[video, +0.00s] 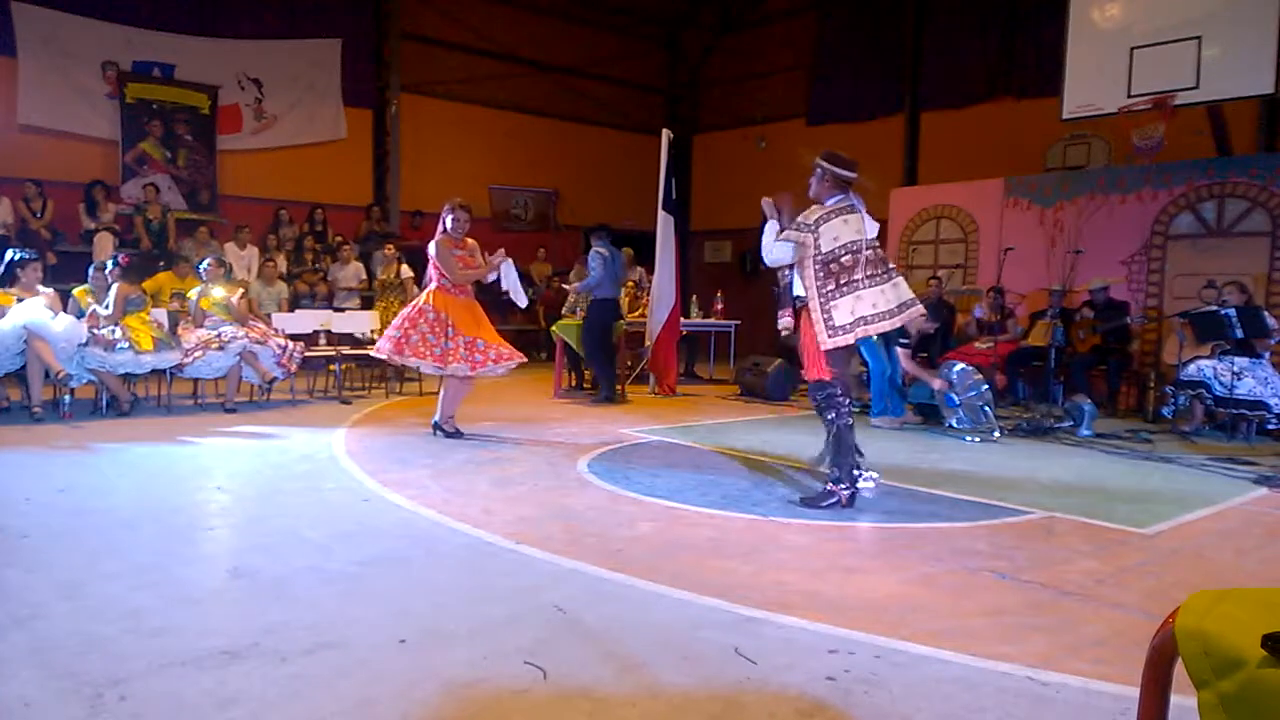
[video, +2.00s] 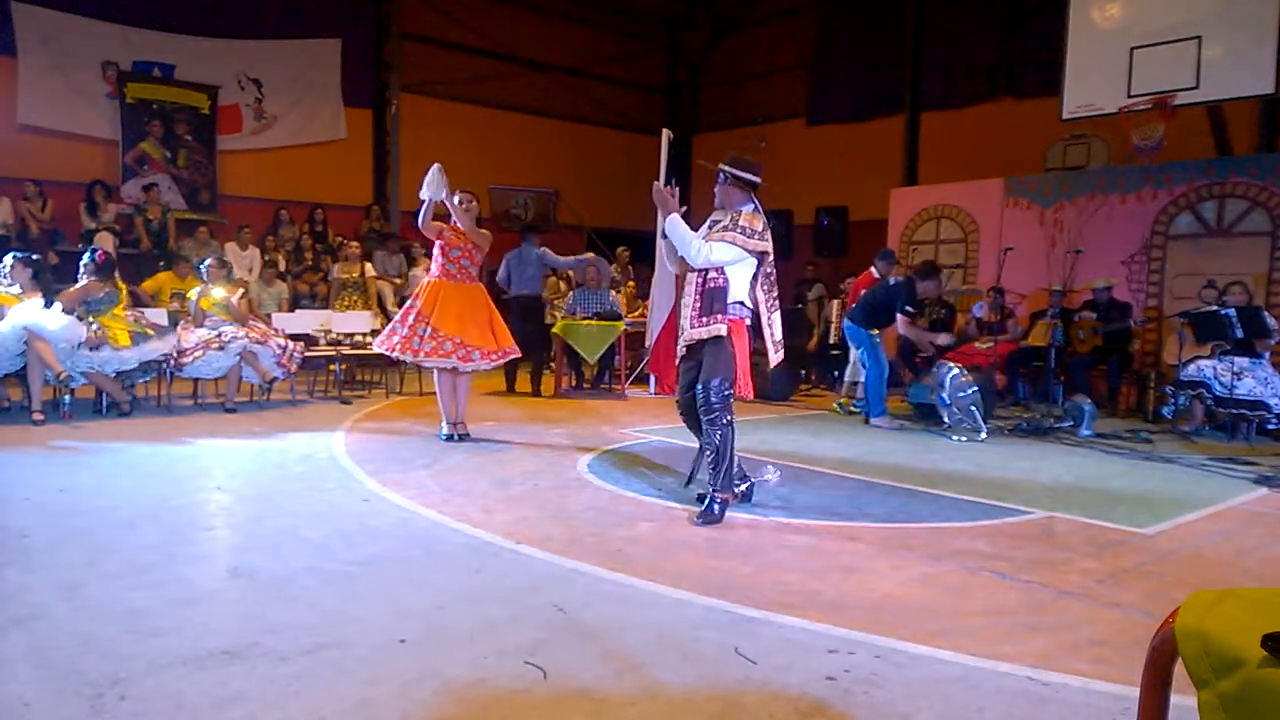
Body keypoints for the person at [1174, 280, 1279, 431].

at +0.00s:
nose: (1224, 298)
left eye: (1230, 293)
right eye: (1222, 294)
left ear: (1244, 297)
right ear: (1218, 297)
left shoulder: (1257, 315)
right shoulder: (1217, 316)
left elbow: (1265, 346)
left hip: (1253, 365)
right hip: (1223, 363)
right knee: (1197, 368)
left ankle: (1242, 424)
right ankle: (1197, 419)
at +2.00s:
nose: (1237, 297)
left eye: (1241, 293)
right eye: (1231, 294)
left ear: (1248, 297)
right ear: (1223, 298)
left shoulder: (1258, 315)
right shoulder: (1216, 316)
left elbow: (1265, 346)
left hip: (1254, 364)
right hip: (1223, 363)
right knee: (1196, 368)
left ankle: (1243, 425)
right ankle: (1197, 419)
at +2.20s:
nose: (1238, 297)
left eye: (1243, 293)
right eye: (1233, 293)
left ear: (1249, 297)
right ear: (1224, 299)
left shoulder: (1259, 315)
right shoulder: (1216, 316)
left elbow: (1265, 347)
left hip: (1254, 364)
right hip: (1222, 362)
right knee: (1196, 368)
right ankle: (1197, 419)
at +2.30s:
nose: (1238, 297)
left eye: (1242, 293)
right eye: (1233, 293)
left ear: (1249, 297)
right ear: (1224, 299)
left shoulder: (1259, 315)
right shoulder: (1218, 315)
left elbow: (1264, 347)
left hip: (1254, 364)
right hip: (1223, 363)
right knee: (1197, 368)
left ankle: (1244, 426)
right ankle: (1197, 419)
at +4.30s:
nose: (1226, 296)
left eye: (1231, 293)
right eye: (1225, 293)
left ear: (1245, 297)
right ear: (1222, 296)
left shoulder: (1258, 315)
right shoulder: (1220, 315)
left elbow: (1265, 345)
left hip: (1253, 364)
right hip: (1224, 363)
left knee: (1245, 381)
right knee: (1199, 368)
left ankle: (1241, 426)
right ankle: (1196, 421)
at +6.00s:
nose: (1232, 296)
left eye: (1237, 292)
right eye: (1230, 293)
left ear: (1248, 296)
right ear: (1226, 296)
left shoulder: (1258, 314)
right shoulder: (1222, 315)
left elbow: (1265, 346)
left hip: (1255, 364)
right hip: (1225, 363)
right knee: (1200, 368)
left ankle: (1244, 428)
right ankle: (1197, 420)